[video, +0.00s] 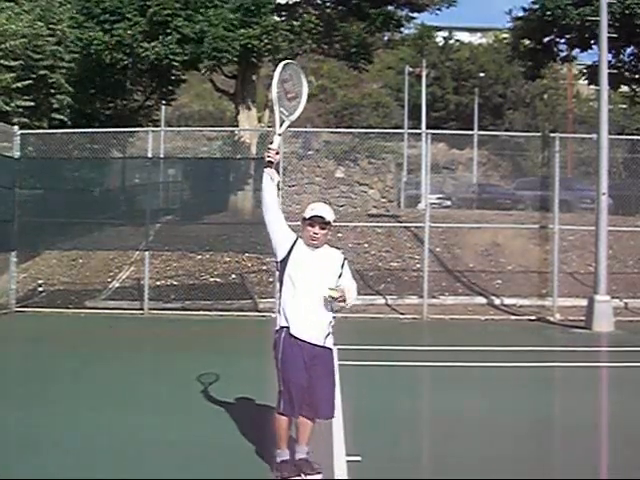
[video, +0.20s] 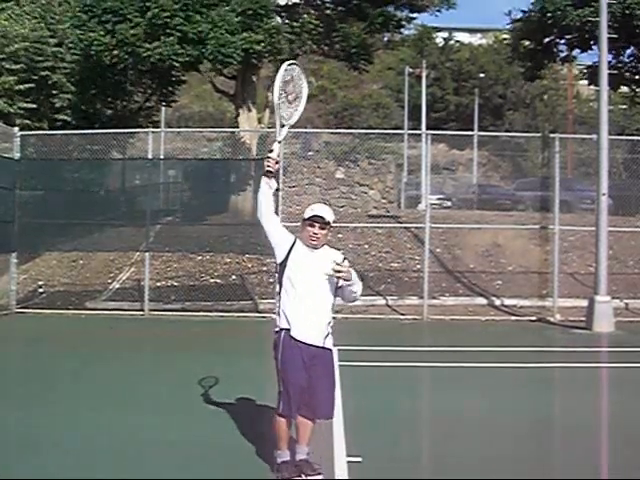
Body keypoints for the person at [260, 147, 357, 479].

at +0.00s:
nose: (316, 229)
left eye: (322, 225)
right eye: (311, 223)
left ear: (330, 229)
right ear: (302, 225)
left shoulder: (336, 259)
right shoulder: (289, 246)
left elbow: (352, 292)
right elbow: (271, 209)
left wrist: (344, 297)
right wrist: (270, 169)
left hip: (320, 339)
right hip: (291, 334)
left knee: (312, 401)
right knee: (289, 398)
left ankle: (302, 456)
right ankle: (282, 459)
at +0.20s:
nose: (316, 231)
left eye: (322, 226)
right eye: (311, 224)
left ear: (329, 231)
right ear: (302, 226)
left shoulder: (335, 260)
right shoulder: (287, 246)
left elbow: (351, 297)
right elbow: (265, 215)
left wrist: (350, 279)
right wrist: (269, 177)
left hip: (320, 340)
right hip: (290, 335)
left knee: (312, 401)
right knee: (289, 398)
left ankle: (302, 457)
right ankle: (283, 460)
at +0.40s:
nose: (316, 226)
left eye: (323, 224)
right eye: (313, 221)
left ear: (331, 231)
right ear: (304, 224)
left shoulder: (336, 257)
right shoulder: (289, 245)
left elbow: (363, 277)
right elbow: (254, 246)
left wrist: (355, 251)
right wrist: (269, 218)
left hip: (319, 337)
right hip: (289, 332)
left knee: (311, 398)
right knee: (288, 395)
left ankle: (301, 457)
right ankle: (283, 459)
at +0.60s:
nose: (321, 227)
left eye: (327, 224)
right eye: (318, 221)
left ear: (333, 229)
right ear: (308, 223)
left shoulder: (334, 255)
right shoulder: (288, 249)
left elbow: (357, 244)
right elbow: (254, 274)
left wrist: (355, 213)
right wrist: (276, 257)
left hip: (318, 335)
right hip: (288, 333)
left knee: (311, 398)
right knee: (286, 396)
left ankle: (301, 456)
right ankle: (282, 458)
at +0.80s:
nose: (322, 236)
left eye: (326, 231)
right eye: (318, 230)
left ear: (330, 231)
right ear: (306, 227)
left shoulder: (331, 253)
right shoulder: (283, 249)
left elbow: (349, 239)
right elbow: (253, 276)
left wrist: (349, 215)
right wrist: (275, 266)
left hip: (319, 335)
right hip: (288, 334)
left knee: (311, 398)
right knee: (286, 397)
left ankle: (302, 457)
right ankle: (282, 459)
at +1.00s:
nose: (319, 235)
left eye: (324, 231)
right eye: (315, 229)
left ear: (328, 232)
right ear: (304, 226)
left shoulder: (330, 253)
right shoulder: (282, 249)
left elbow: (354, 242)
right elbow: (252, 278)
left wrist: (346, 218)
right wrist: (272, 267)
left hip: (318, 334)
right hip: (288, 334)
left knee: (311, 397)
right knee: (286, 396)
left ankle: (302, 457)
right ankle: (282, 459)